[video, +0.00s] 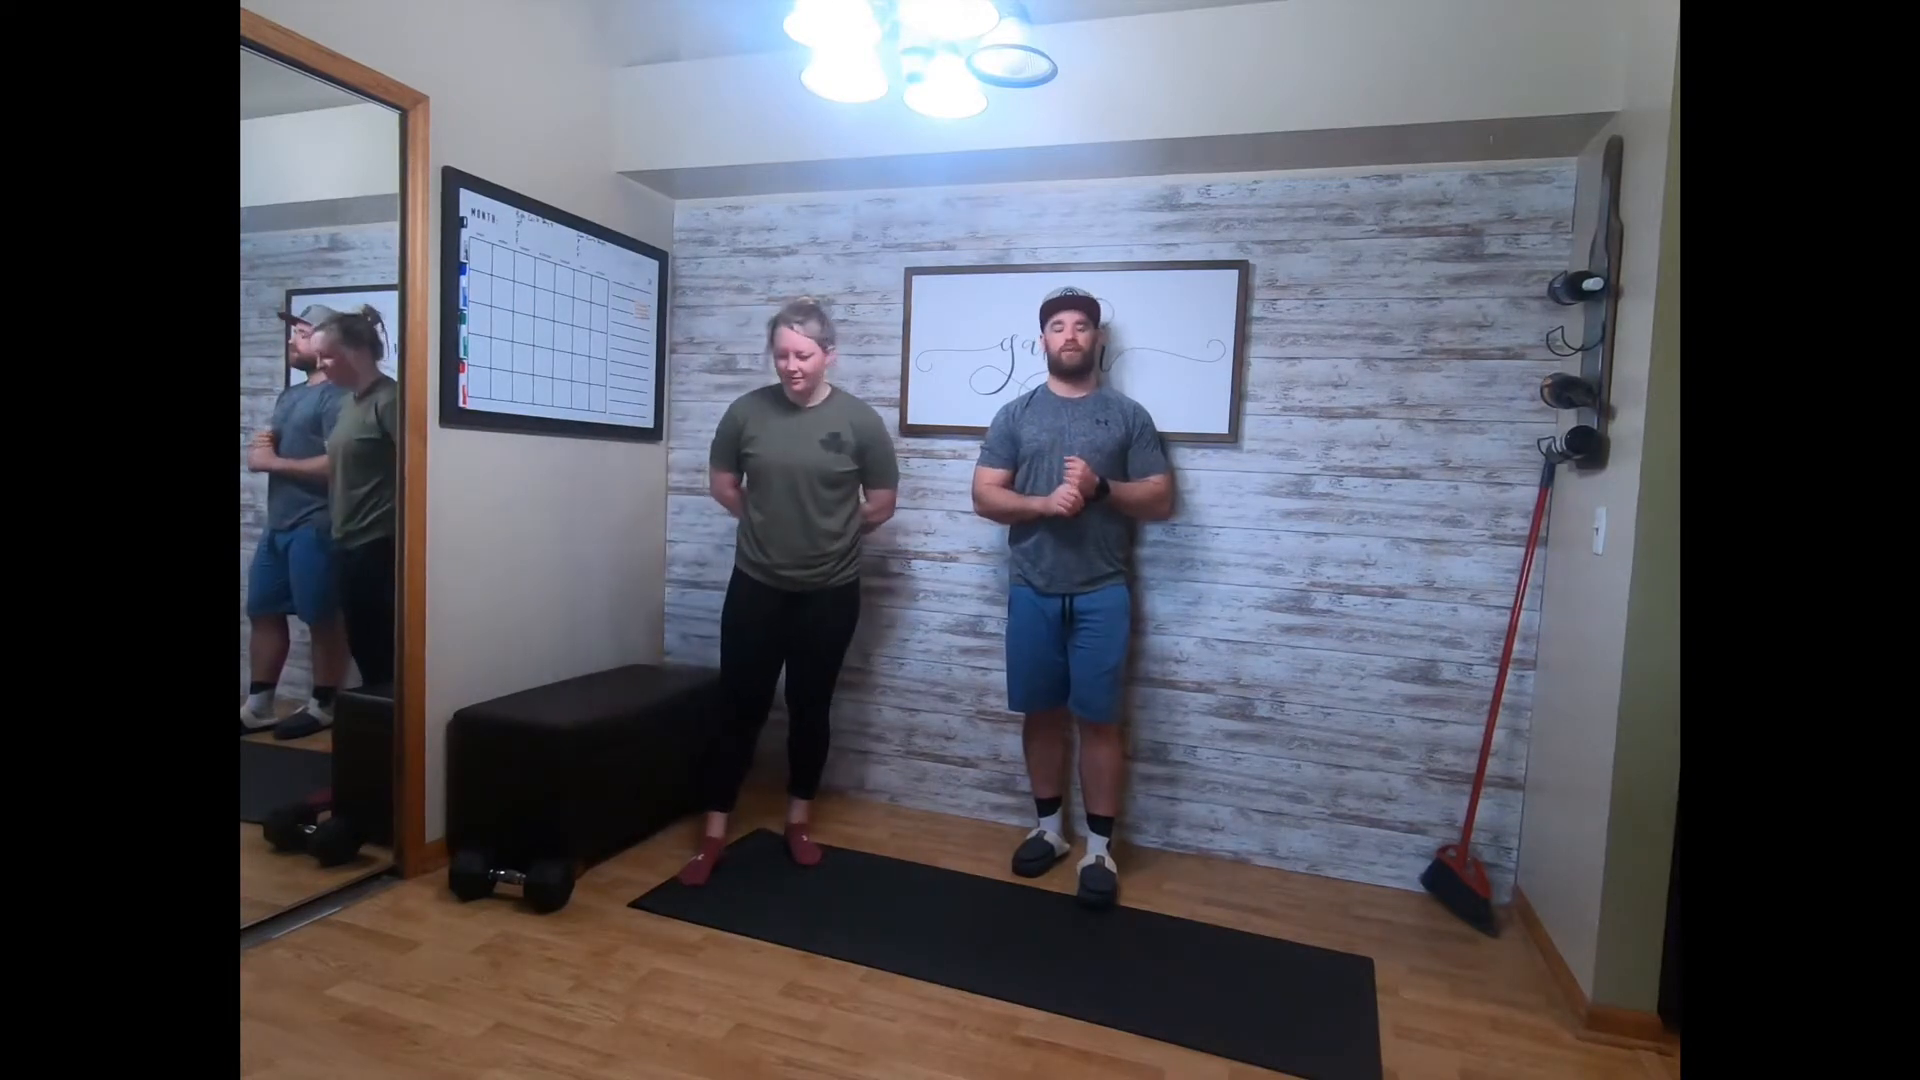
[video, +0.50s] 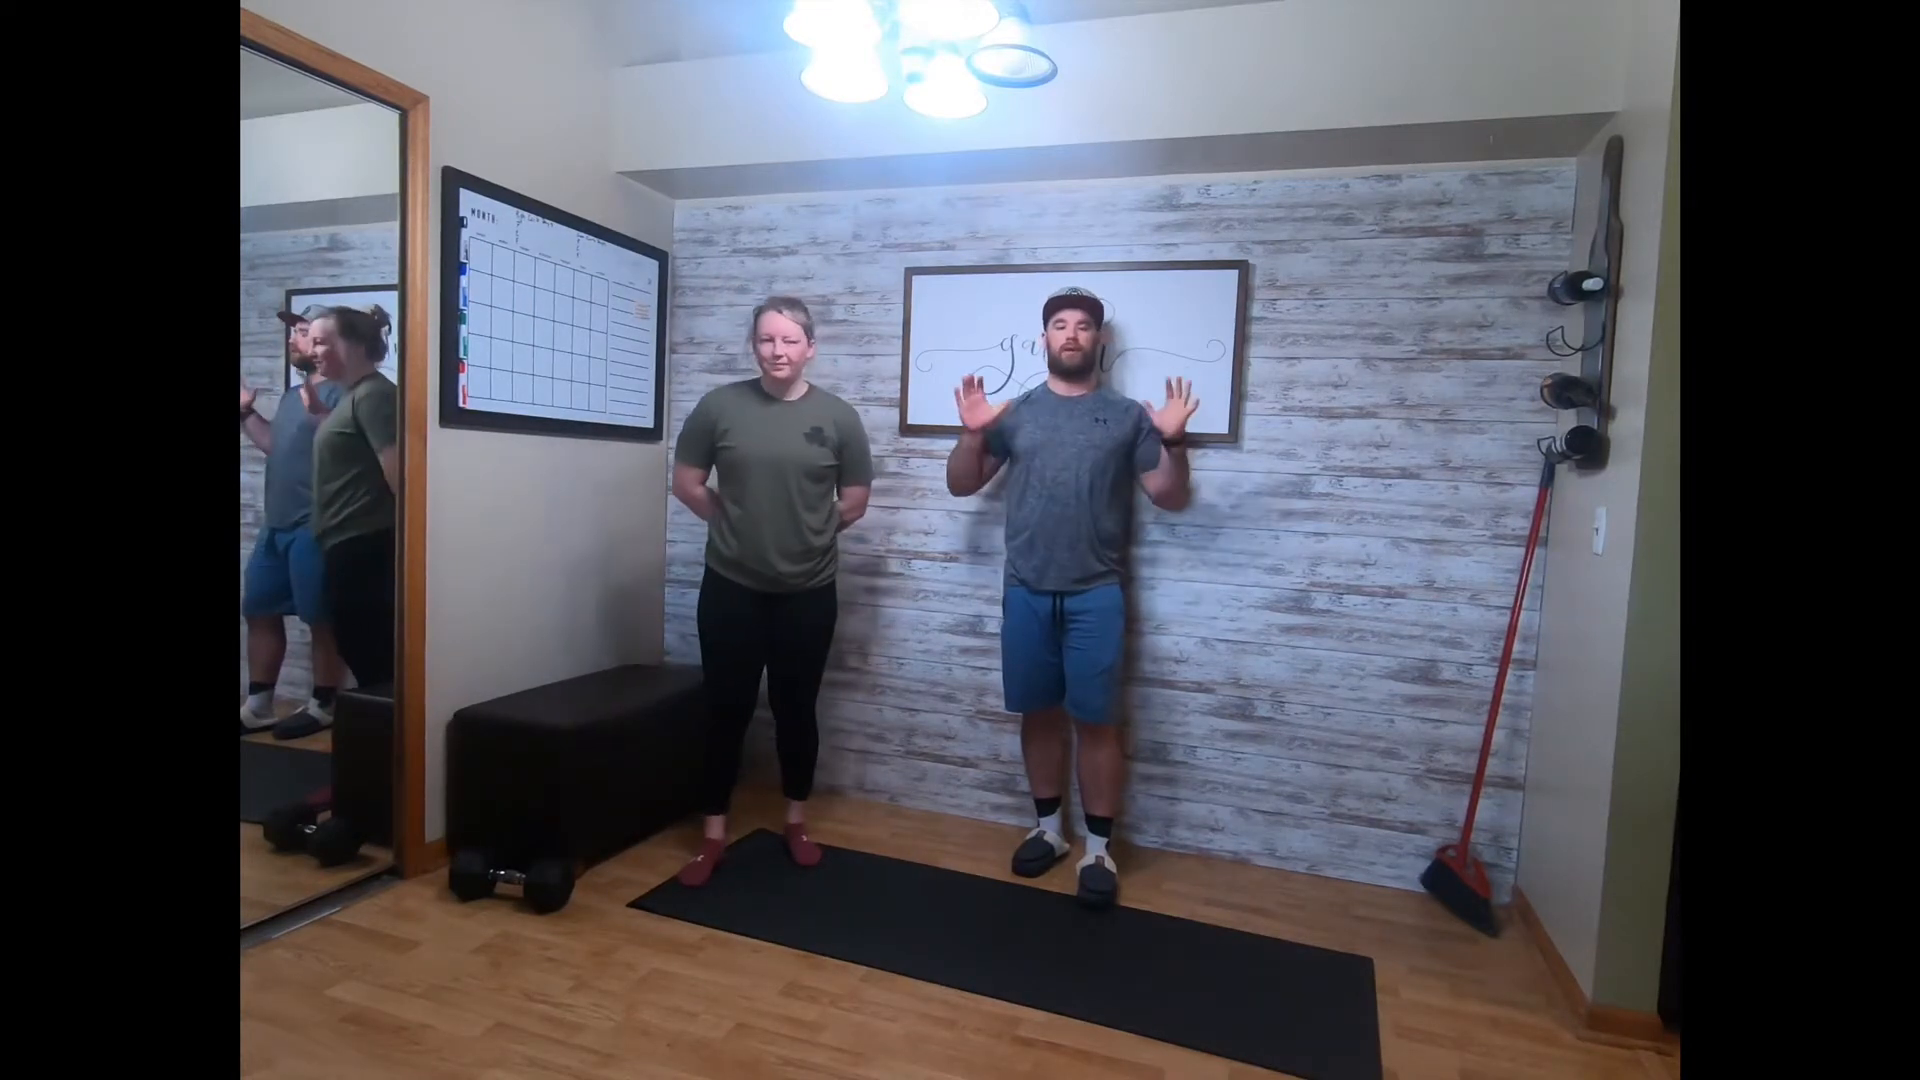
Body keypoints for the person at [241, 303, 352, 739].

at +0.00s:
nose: (293, 338)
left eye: (304, 333)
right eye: (295, 332)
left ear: (327, 346)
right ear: (299, 343)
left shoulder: (338, 397)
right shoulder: (288, 396)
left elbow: (337, 464)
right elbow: (280, 444)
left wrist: (274, 462)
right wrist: (264, 442)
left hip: (317, 523)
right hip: (278, 524)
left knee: (322, 617)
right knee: (264, 610)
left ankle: (324, 706)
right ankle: (259, 704)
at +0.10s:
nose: (293, 339)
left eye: (303, 333)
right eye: (294, 332)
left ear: (327, 345)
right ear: (300, 343)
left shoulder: (338, 396)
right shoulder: (289, 396)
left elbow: (336, 464)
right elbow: (278, 441)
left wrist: (275, 462)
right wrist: (265, 442)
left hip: (317, 524)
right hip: (278, 524)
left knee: (322, 618)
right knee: (263, 610)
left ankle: (324, 707)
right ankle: (259, 704)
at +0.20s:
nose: (294, 341)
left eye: (303, 334)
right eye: (295, 334)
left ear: (326, 346)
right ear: (300, 345)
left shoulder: (339, 396)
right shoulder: (291, 395)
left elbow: (334, 462)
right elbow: (282, 437)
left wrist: (275, 456)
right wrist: (268, 439)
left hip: (317, 523)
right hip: (278, 524)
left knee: (322, 619)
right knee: (263, 610)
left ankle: (324, 707)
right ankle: (259, 704)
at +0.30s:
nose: (294, 338)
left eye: (304, 331)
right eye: (296, 331)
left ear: (327, 344)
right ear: (306, 345)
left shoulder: (341, 395)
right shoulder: (292, 396)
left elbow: (337, 459)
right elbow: (280, 459)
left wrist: (281, 439)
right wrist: (255, 439)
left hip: (317, 524)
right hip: (277, 525)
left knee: (322, 618)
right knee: (262, 610)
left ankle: (324, 707)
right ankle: (259, 704)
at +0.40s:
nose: (294, 338)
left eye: (303, 332)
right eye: (295, 332)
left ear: (326, 345)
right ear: (305, 346)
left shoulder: (341, 394)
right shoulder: (292, 396)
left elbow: (339, 451)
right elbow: (279, 451)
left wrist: (300, 421)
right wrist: (247, 423)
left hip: (317, 524)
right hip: (277, 523)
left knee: (321, 618)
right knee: (260, 609)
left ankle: (324, 706)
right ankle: (259, 704)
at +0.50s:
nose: (294, 339)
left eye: (304, 332)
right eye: (295, 333)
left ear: (326, 342)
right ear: (299, 344)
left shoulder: (343, 392)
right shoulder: (294, 394)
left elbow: (346, 447)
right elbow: (276, 446)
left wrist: (317, 412)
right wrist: (248, 413)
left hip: (317, 523)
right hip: (276, 523)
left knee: (321, 617)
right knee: (260, 608)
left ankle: (324, 706)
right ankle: (259, 704)